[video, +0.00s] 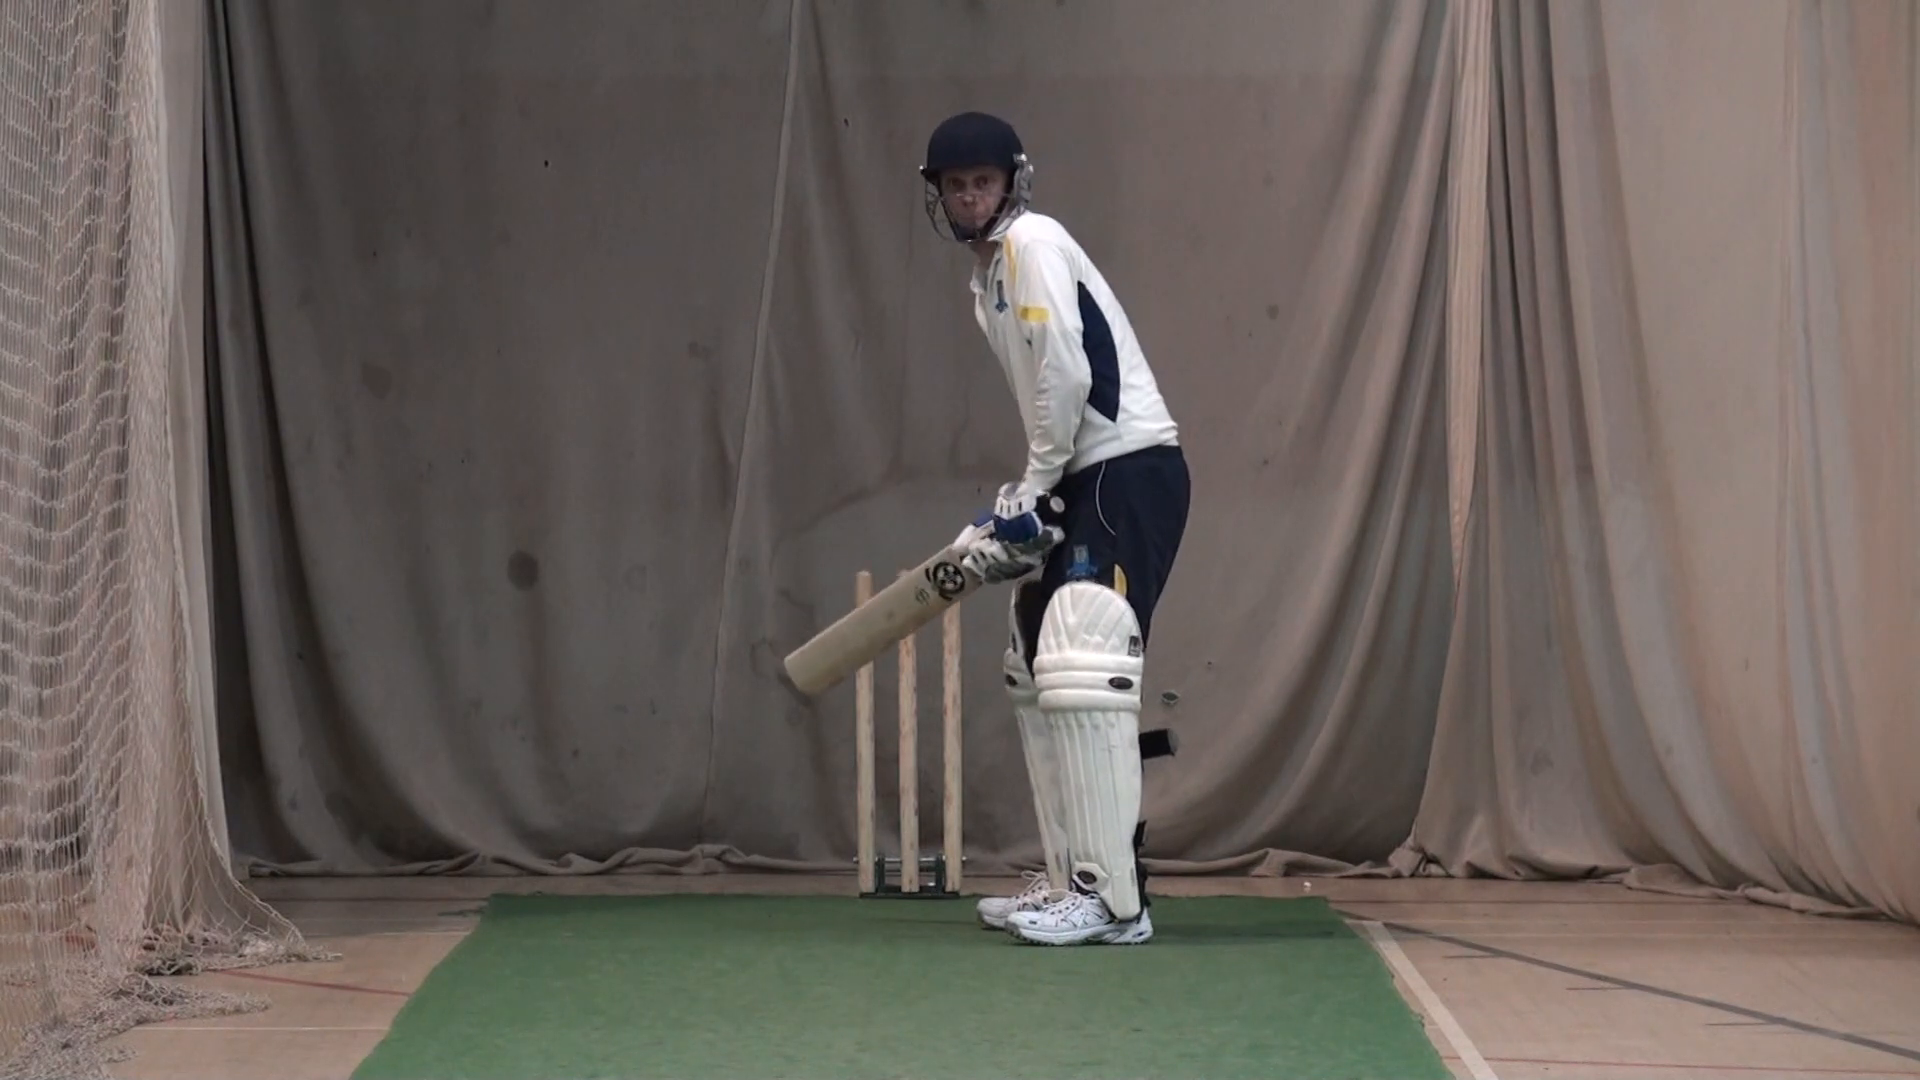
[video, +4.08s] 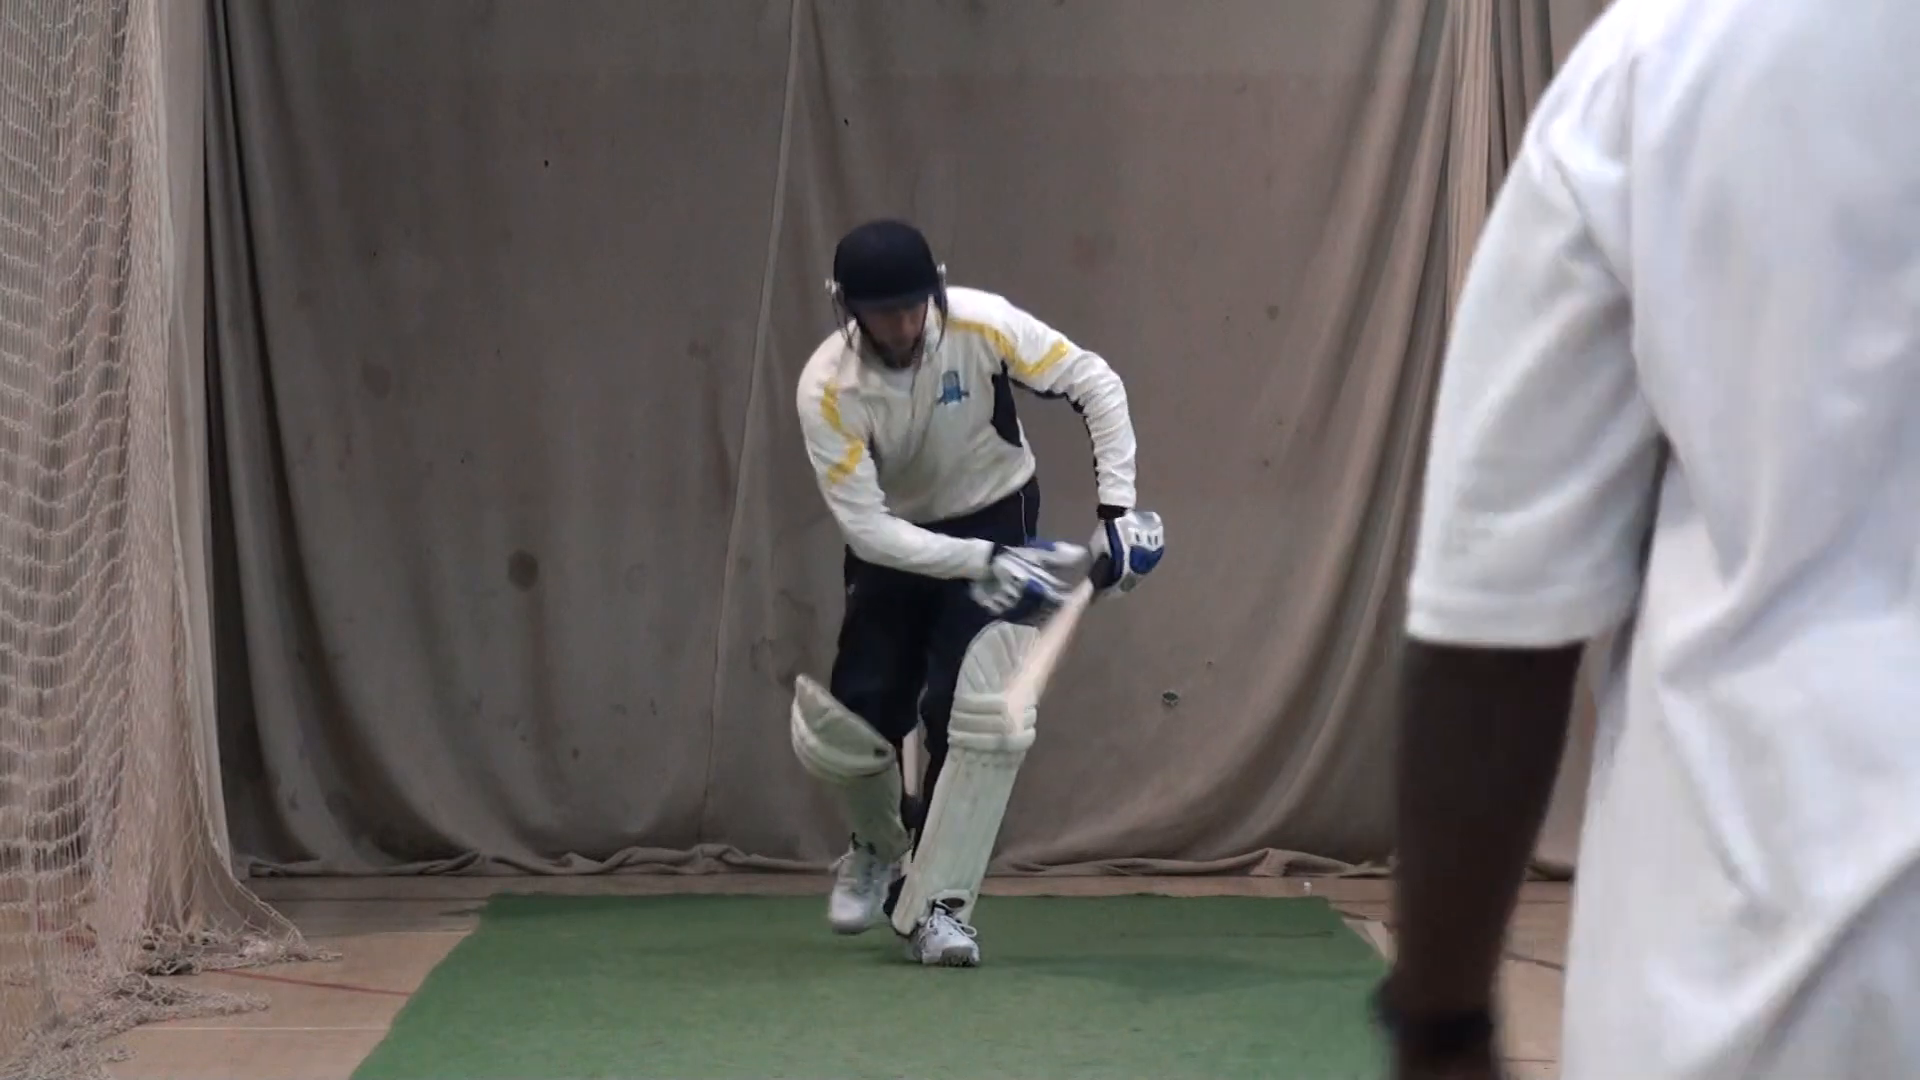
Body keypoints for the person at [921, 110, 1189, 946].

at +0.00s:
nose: (967, 198)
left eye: (982, 182)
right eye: (952, 186)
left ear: (1013, 183)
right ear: (936, 195)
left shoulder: (1030, 243)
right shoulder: (992, 277)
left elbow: (1065, 377)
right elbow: (1043, 408)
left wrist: (1034, 488)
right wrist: (1011, 517)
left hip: (1126, 470)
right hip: (1080, 480)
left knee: (1082, 672)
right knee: (1037, 672)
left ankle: (1112, 898)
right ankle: (1076, 881)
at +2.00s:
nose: (957, 222)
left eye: (971, 205)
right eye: (940, 209)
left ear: (997, 206)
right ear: (920, 217)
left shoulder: (1020, 266)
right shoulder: (962, 293)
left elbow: (1000, 391)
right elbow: (1018, 404)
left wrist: (950, 469)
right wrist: (952, 454)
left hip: (1141, 474)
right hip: (1083, 490)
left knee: (1094, 677)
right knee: (1037, 676)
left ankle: (1123, 898)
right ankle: (1076, 883)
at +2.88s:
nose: (915, 316)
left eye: (927, 296)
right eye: (897, 303)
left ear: (950, 288)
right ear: (876, 307)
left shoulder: (986, 346)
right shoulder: (906, 371)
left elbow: (984, 471)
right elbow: (945, 450)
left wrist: (917, 525)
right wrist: (917, 467)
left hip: (1096, 535)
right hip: (1024, 555)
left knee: (1035, 696)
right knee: (978, 732)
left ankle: (997, 903)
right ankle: (1089, 892)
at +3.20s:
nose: (885, 339)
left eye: (895, 320)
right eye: (865, 329)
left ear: (913, 305)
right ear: (841, 331)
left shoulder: (956, 309)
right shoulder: (858, 427)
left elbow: (1006, 350)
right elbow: (932, 495)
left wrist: (1002, 428)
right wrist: (998, 530)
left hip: (1065, 506)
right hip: (973, 540)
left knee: (1053, 674)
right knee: (989, 700)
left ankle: (1002, 900)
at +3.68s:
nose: (899, 376)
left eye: (906, 358)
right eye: (878, 367)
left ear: (917, 341)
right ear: (840, 367)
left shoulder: (951, 336)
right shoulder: (834, 450)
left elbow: (1075, 299)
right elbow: (940, 532)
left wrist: (1106, 381)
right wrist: (1047, 492)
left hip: (1009, 539)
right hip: (916, 568)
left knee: (1009, 702)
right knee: (906, 748)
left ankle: (959, 897)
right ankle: (906, 862)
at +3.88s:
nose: (890, 390)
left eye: (903, 370)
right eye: (871, 378)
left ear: (923, 354)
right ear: (841, 371)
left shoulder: (972, 361)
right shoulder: (827, 445)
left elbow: (1099, 397)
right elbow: (916, 554)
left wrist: (1133, 501)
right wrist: (1039, 549)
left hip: (990, 564)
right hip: (899, 582)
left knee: (983, 719)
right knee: (885, 743)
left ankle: (942, 907)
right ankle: (897, 858)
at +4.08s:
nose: (906, 328)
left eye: (916, 309)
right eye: (886, 315)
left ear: (934, 294)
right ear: (852, 310)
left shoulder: (980, 325)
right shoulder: (828, 389)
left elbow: (1094, 381)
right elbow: (867, 528)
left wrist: (1118, 506)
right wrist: (980, 564)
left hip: (992, 523)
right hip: (893, 533)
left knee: (972, 713)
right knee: (854, 726)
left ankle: (946, 905)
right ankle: (880, 849)